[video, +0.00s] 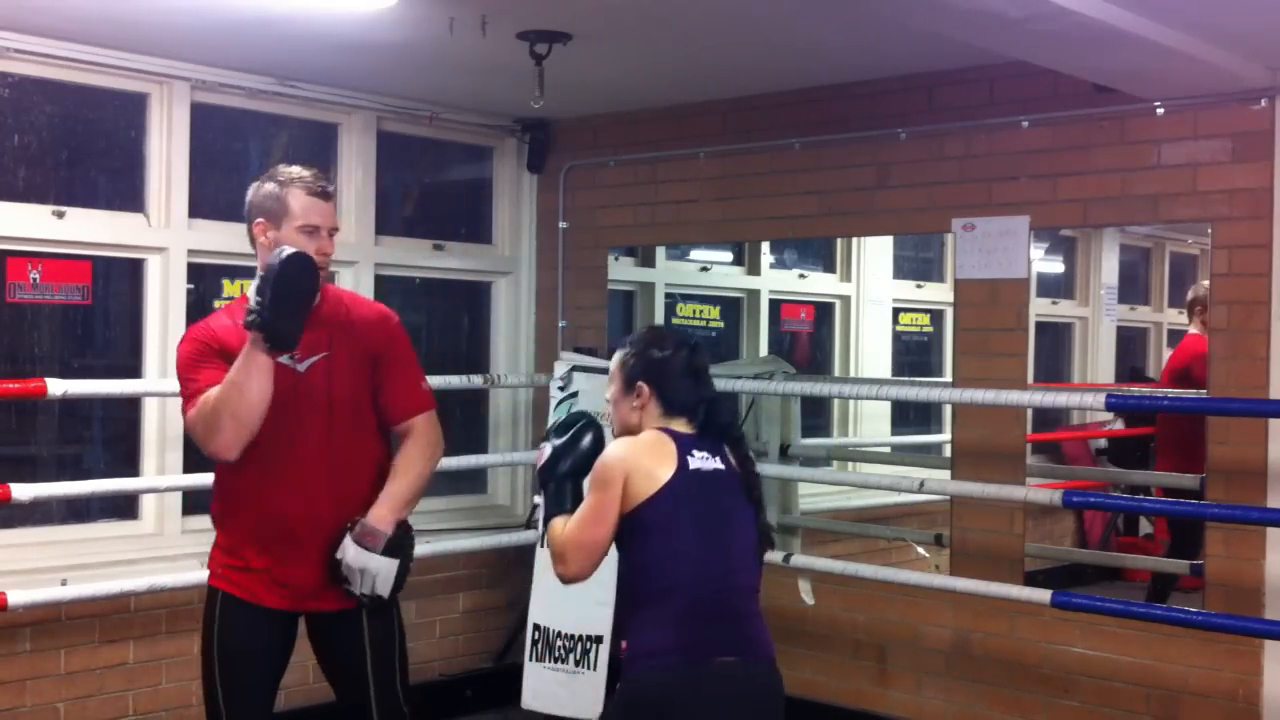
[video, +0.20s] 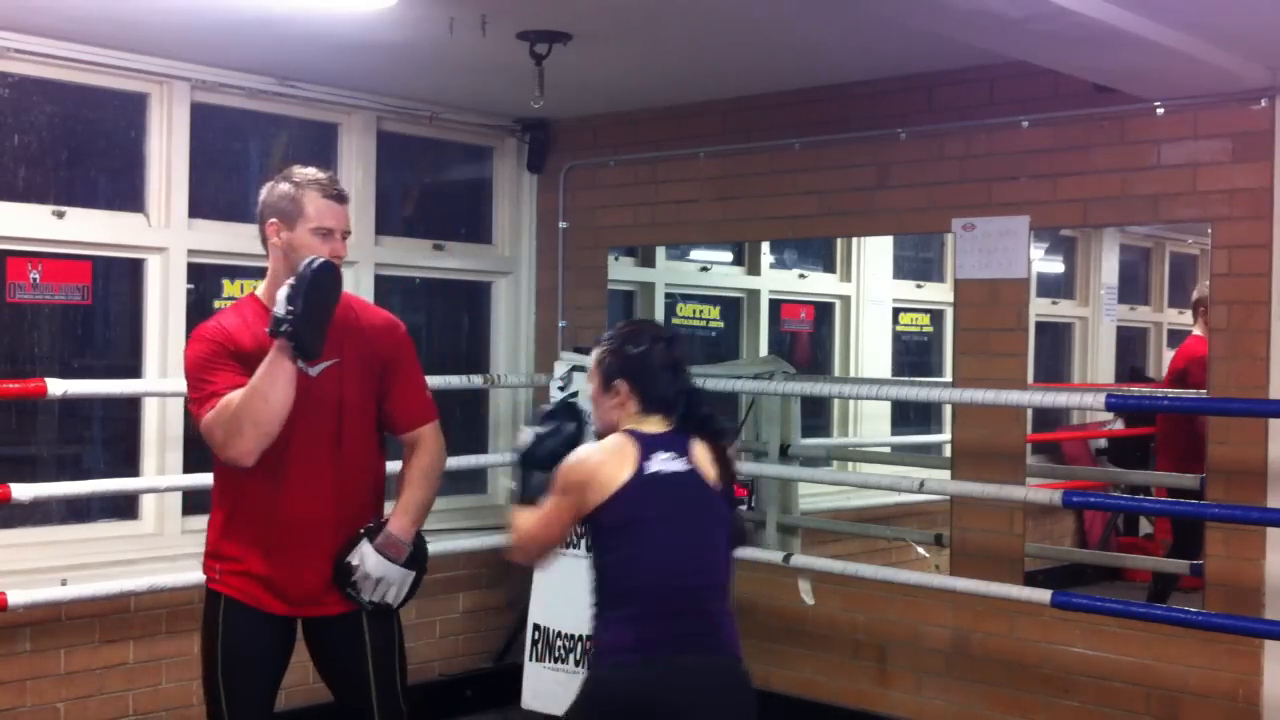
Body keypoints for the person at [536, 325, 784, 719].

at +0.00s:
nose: (608, 409)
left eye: (612, 397)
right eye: (608, 398)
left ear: (641, 396)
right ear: (690, 396)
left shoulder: (625, 454)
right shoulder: (730, 456)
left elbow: (570, 564)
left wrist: (555, 487)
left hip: (662, 681)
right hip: (750, 681)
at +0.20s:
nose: (590, 398)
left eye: (594, 388)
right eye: (591, 387)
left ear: (621, 394)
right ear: (671, 388)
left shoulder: (591, 463)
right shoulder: (711, 454)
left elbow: (524, 548)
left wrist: (531, 474)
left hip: (627, 686)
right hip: (717, 683)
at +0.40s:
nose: (482, 385)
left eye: (488, 370)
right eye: (484, 370)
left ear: (523, 382)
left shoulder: (554, 455)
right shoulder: (589, 440)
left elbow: (519, 565)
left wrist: (466, 508)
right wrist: (473, 501)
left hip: (601, 682)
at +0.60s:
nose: (456, 396)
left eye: (457, 383)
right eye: (453, 382)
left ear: (484, 390)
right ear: (535, 375)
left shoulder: (531, 470)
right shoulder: (571, 443)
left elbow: (489, 588)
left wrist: (436, 517)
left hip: (583, 690)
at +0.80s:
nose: (522, 384)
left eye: (523, 373)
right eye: (522, 372)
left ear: (541, 379)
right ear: (597, 366)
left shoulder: (553, 463)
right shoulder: (658, 439)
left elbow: (500, 563)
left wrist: (477, 485)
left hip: (609, 685)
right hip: (689, 674)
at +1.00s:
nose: (567, 367)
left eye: (569, 353)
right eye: (565, 352)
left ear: (592, 359)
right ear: (648, 349)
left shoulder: (594, 438)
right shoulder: (704, 426)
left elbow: (543, 546)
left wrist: (524, 462)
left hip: (636, 669)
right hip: (717, 661)